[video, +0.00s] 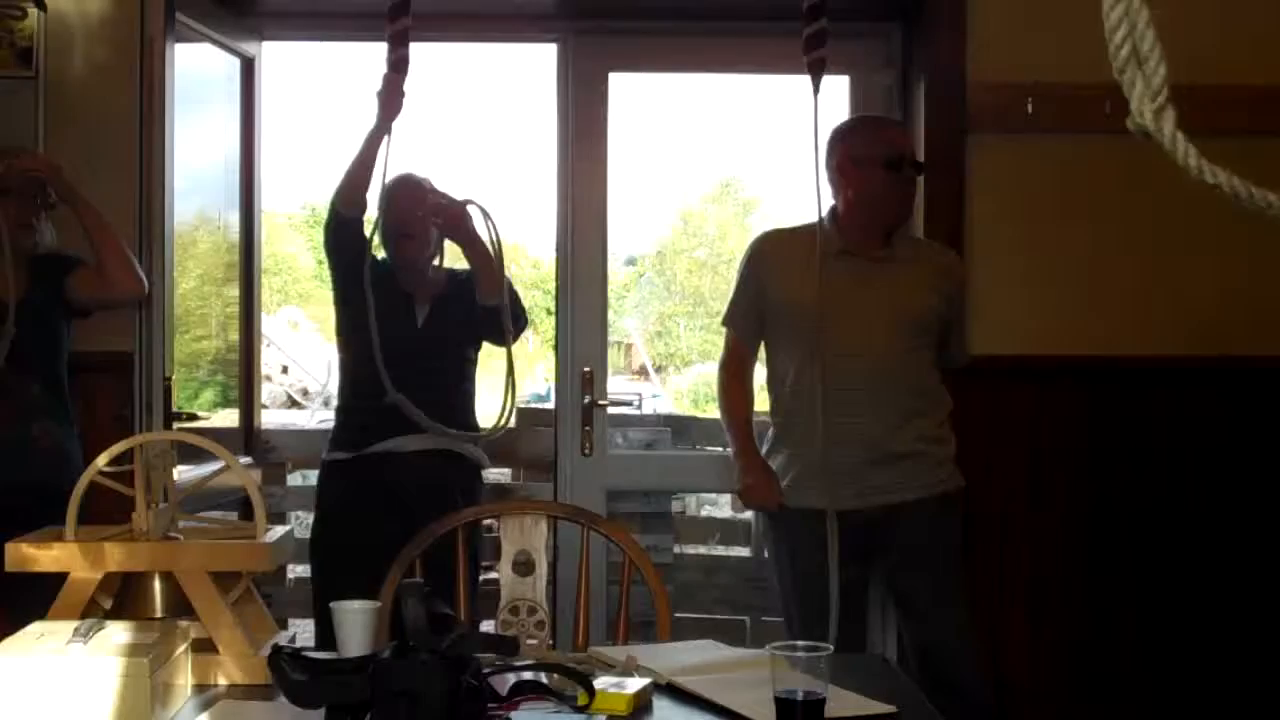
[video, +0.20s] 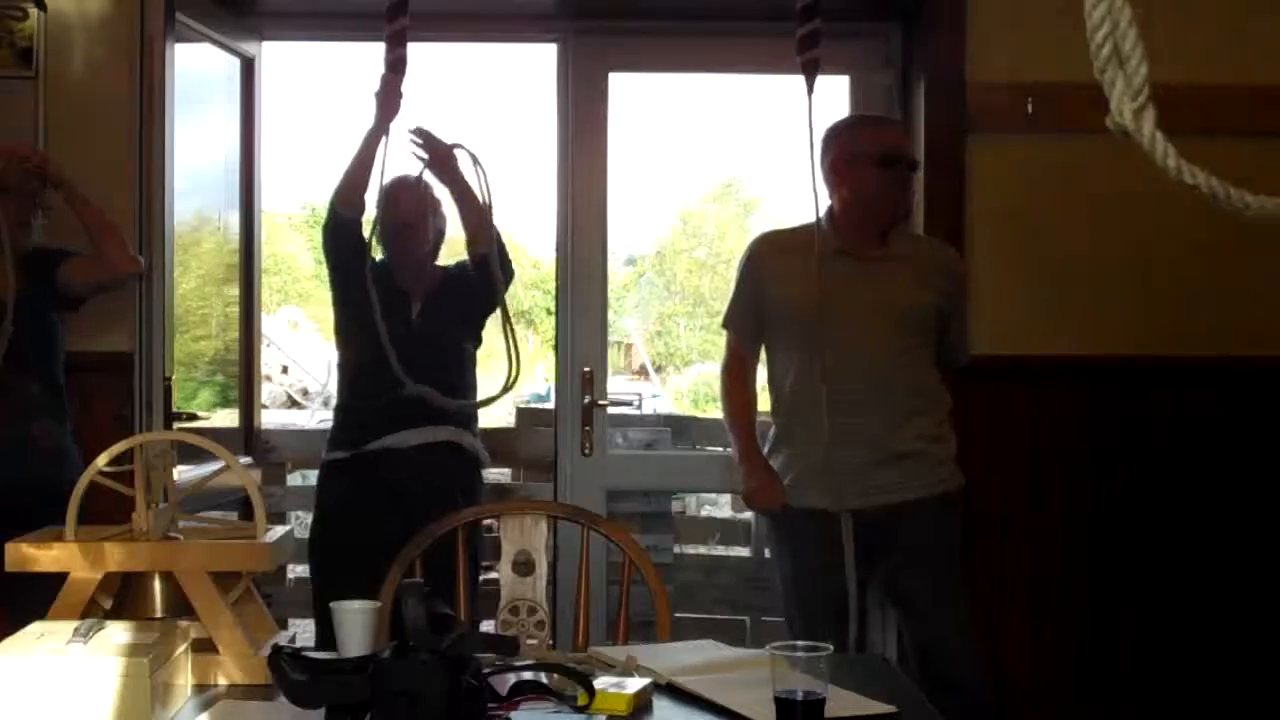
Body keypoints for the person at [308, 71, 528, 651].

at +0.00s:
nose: (401, 230)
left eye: (414, 218)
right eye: (393, 219)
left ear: (438, 225)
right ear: (379, 227)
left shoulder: (469, 291)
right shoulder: (361, 284)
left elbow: (510, 326)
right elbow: (342, 217)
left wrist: (467, 235)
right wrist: (381, 125)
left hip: (445, 477)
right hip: (361, 477)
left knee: (445, 632)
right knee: (350, 638)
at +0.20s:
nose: (411, 219)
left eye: (422, 210)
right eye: (398, 210)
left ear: (440, 225)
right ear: (379, 228)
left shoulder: (464, 293)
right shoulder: (358, 287)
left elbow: (494, 262)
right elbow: (341, 215)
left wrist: (456, 180)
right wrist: (378, 126)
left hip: (445, 474)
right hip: (359, 475)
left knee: (446, 633)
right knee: (351, 641)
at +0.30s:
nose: (408, 216)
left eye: (418, 209)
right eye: (394, 208)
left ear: (435, 227)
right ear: (375, 227)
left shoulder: (455, 293)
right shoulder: (355, 289)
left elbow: (476, 225)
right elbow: (341, 215)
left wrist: (441, 140)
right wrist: (380, 126)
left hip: (442, 480)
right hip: (357, 480)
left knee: (442, 649)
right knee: (350, 658)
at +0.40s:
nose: (400, 207)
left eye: (411, 201)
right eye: (386, 202)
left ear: (429, 226)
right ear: (368, 225)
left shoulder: (450, 285)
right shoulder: (349, 287)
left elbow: (461, 193)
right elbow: (338, 216)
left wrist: (426, 105)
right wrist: (381, 123)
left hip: (438, 468)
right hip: (354, 466)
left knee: (439, 631)